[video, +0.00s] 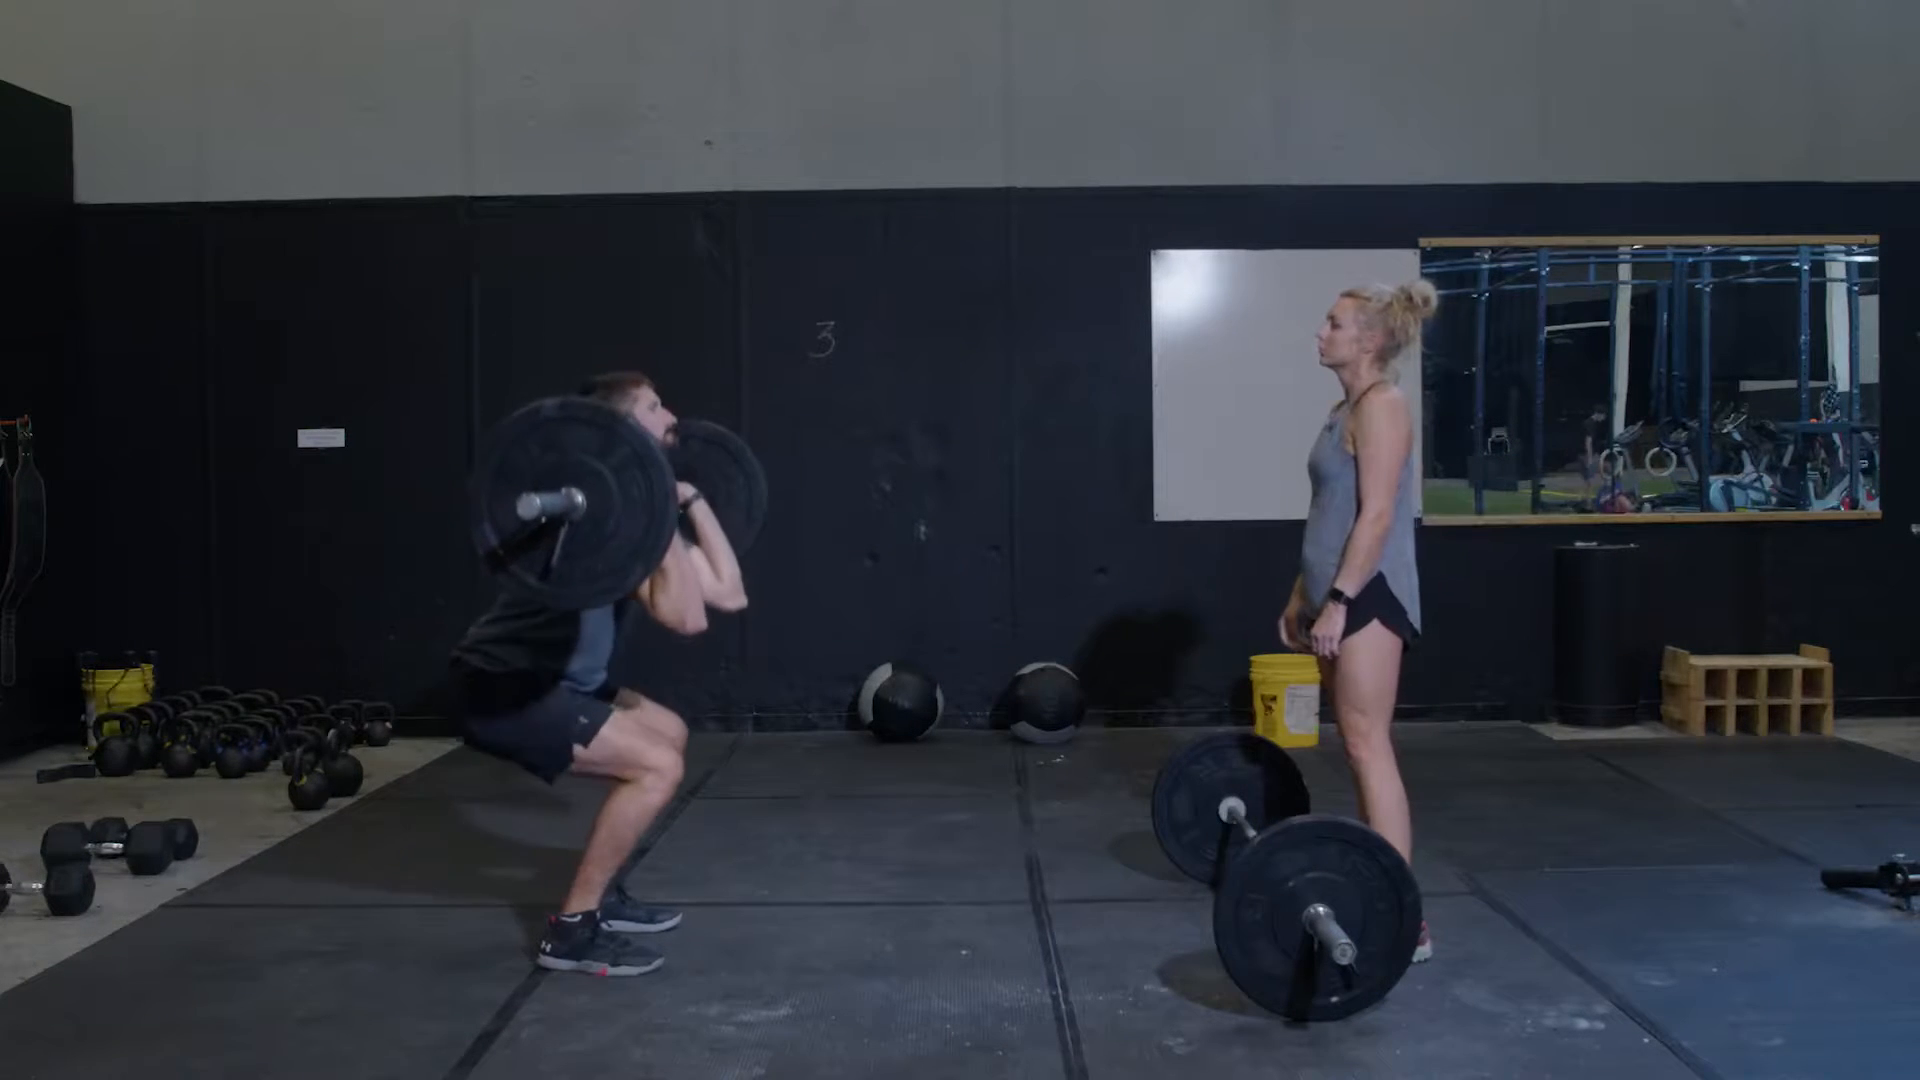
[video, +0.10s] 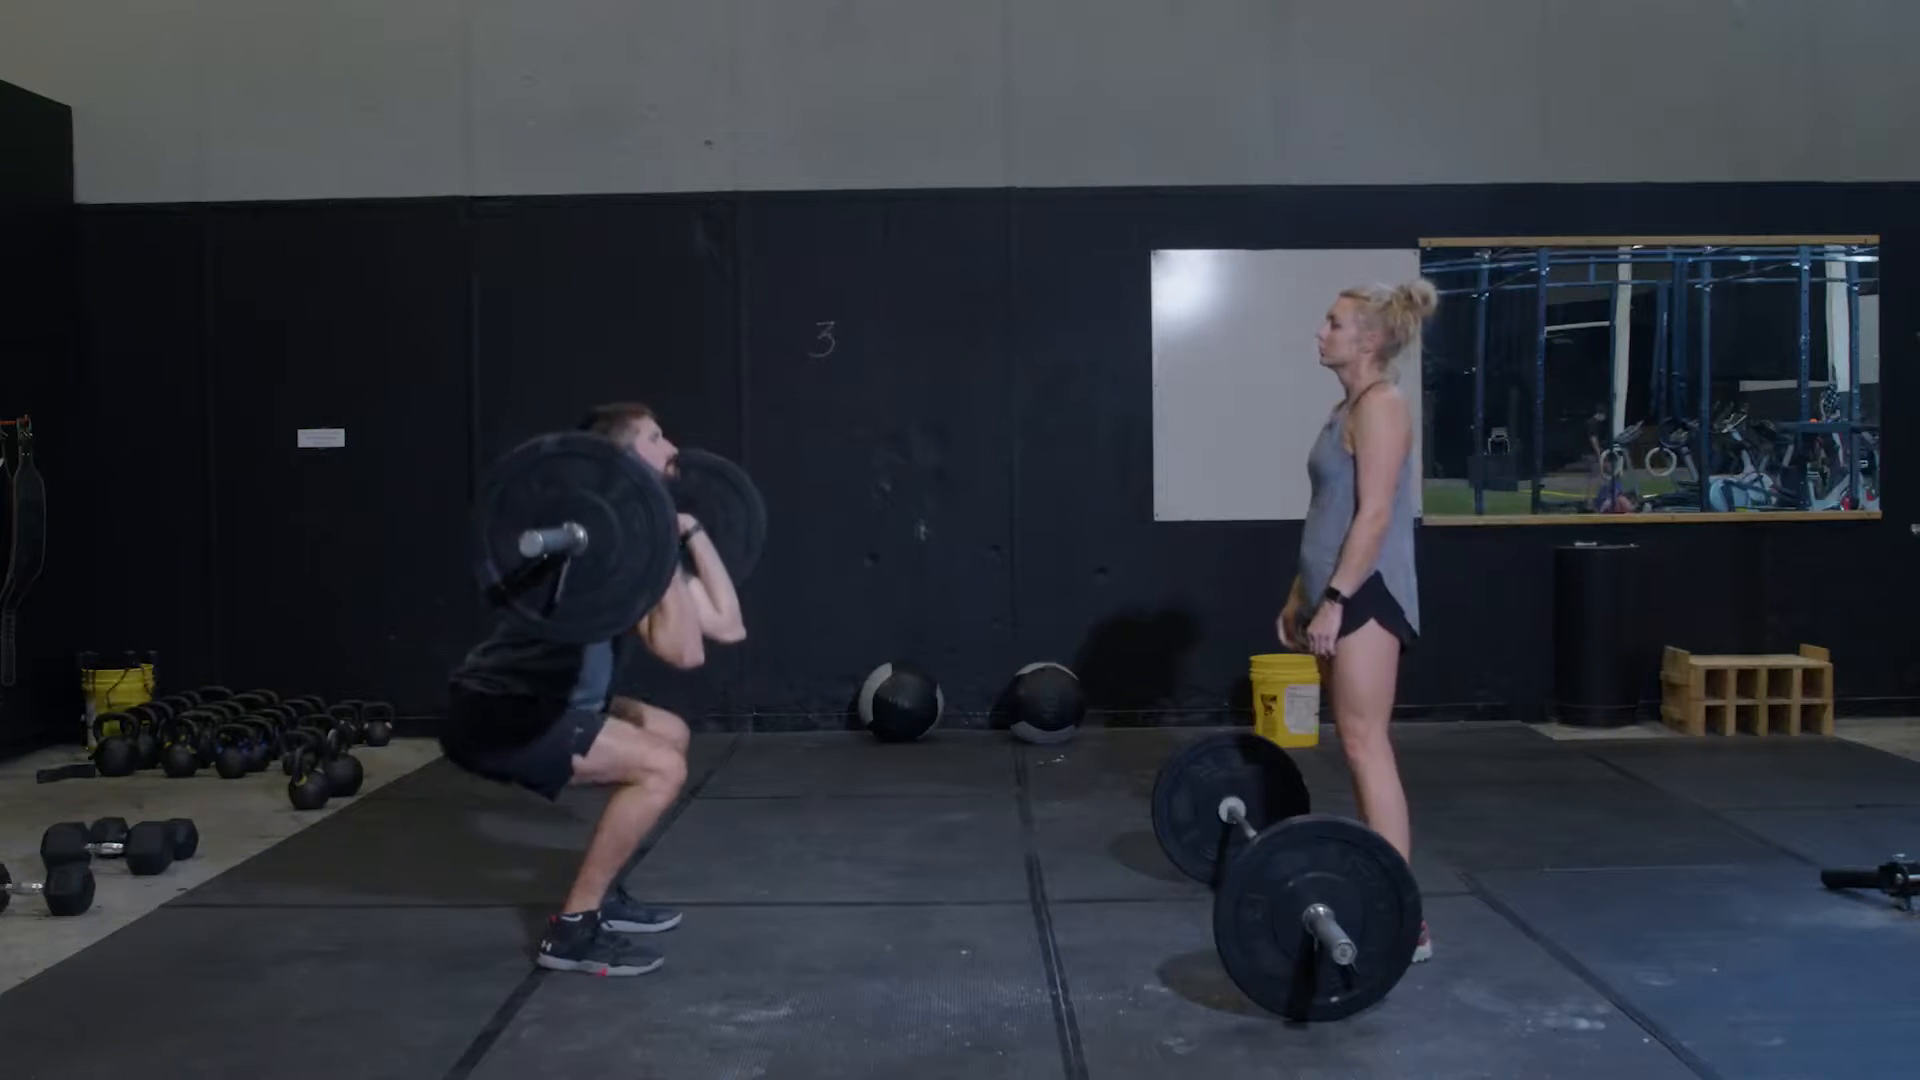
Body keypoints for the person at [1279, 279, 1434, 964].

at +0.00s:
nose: (1322, 332)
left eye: (1335, 325)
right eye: (1325, 323)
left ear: (1371, 340)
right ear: (1353, 341)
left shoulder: (1382, 405)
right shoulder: (1349, 408)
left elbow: (1377, 515)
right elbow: (1333, 515)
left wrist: (1339, 600)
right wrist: (1305, 592)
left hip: (1374, 596)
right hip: (1348, 594)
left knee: (1367, 741)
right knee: (1359, 741)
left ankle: (1398, 909)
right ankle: (1381, 901)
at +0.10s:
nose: (1322, 332)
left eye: (1335, 325)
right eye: (1325, 322)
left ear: (1371, 340)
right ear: (1353, 340)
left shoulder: (1381, 405)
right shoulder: (1349, 408)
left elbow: (1375, 515)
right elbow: (1331, 514)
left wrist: (1335, 598)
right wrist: (1302, 592)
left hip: (1371, 595)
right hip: (1346, 593)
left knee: (1365, 742)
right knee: (1357, 741)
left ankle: (1398, 910)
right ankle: (1383, 901)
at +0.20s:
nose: (1322, 332)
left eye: (1335, 324)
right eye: (1325, 322)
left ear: (1371, 339)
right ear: (1355, 340)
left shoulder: (1381, 404)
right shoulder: (1351, 407)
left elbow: (1373, 514)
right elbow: (1331, 515)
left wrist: (1332, 598)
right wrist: (1303, 593)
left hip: (1369, 595)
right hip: (1345, 592)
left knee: (1366, 745)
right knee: (1358, 744)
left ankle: (1398, 912)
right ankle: (1382, 903)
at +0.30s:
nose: (1321, 332)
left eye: (1335, 324)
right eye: (1325, 322)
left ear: (1371, 337)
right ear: (1355, 338)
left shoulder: (1381, 403)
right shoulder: (1353, 405)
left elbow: (1371, 513)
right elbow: (1334, 514)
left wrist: (1329, 597)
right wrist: (1306, 593)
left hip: (1368, 593)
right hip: (1345, 591)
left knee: (1365, 744)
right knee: (1357, 743)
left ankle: (1398, 911)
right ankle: (1382, 903)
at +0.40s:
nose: (1321, 331)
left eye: (1335, 323)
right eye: (1325, 321)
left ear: (1371, 336)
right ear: (1356, 337)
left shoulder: (1379, 402)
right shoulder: (1354, 404)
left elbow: (1368, 513)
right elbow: (1334, 514)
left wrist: (1327, 597)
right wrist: (1308, 593)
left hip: (1367, 592)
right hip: (1346, 591)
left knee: (1366, 746)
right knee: (1357, 745)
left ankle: (1398, 912)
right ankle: (1383, 903)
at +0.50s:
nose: (1321, 330)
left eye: (1334, 322)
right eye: (1325, 320)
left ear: (1370, 335)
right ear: (1358, 337)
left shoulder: (1378, 402)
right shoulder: (1356, 403)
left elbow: (1366, 512)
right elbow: (1339, 514)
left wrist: (1326, 596)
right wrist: (1310, 595)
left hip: (1366, 590)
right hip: (1346, 590)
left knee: (1366, 746)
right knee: (1357, 743)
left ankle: (1398, 912)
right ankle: (1383, 903)